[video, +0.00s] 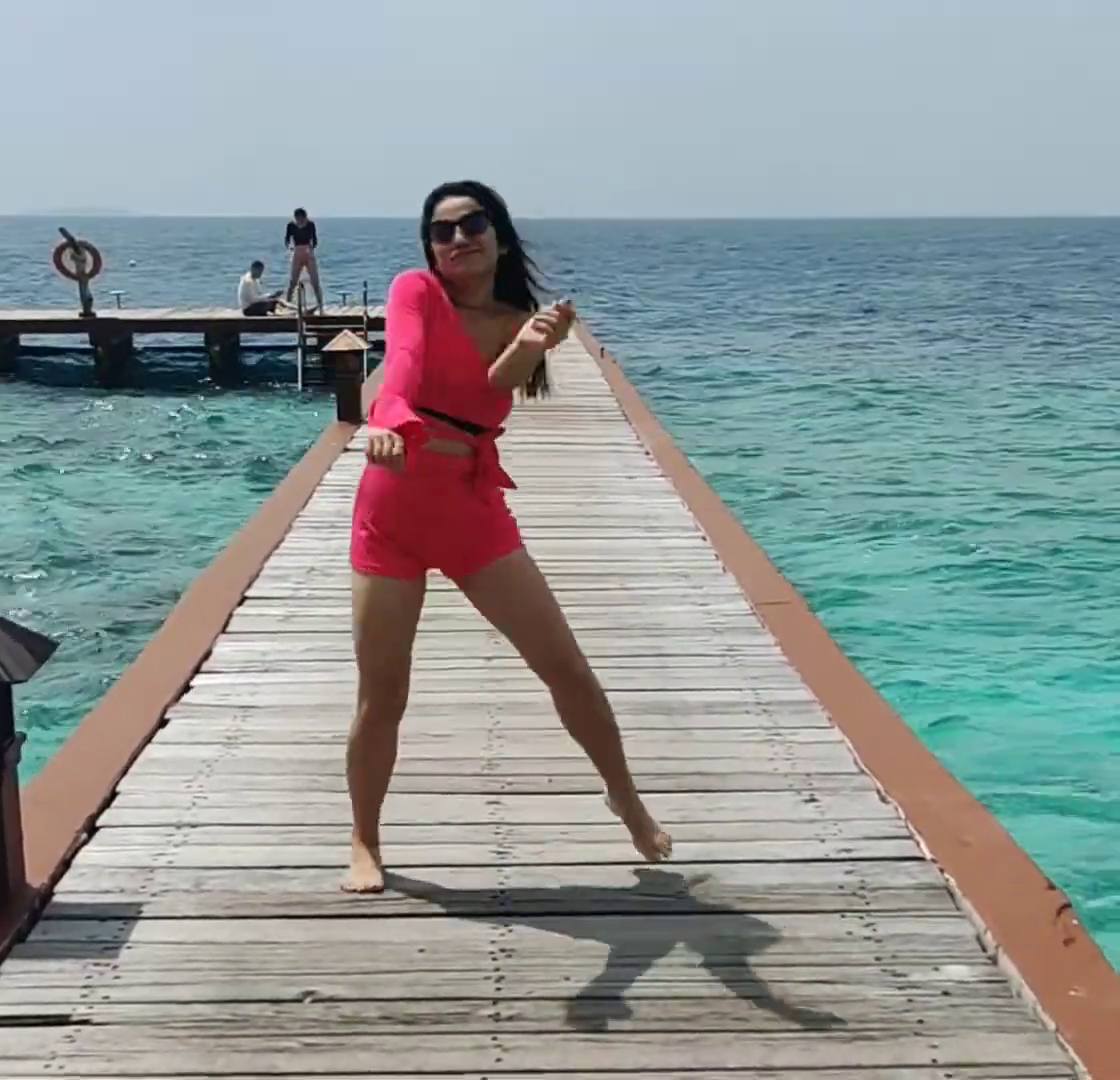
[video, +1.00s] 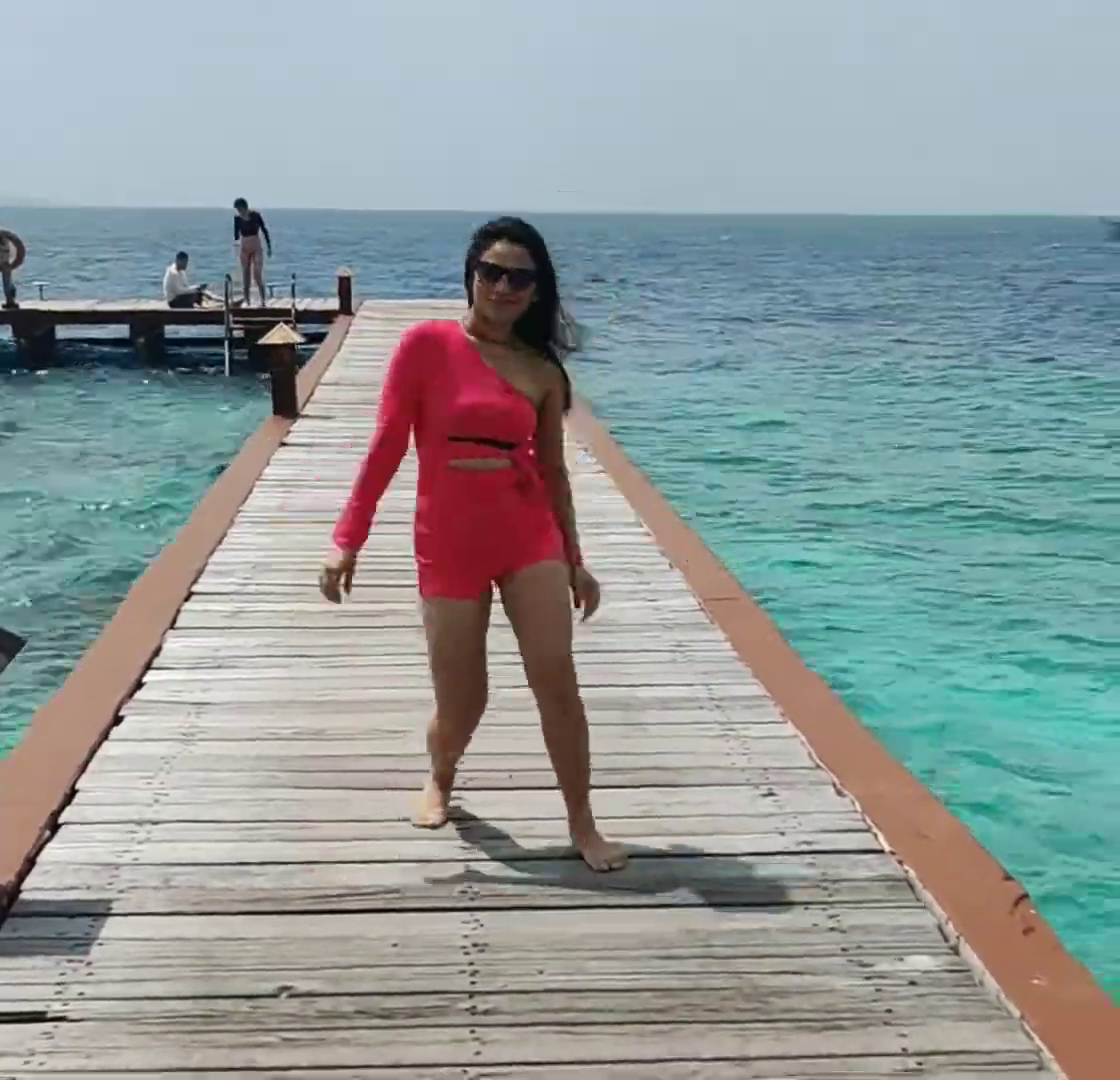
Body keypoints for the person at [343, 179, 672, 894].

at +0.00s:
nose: (458, 239)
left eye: (472, 225)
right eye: (443, 231)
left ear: (501, 235)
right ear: (430, 245)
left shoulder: (525, 320)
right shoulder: (416, 289)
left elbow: (500, 385)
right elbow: (403, 355)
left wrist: (526, 347)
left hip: (471, 508)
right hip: (392, 504)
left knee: (567, 668)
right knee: (382, 697)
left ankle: (627, 801)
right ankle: (364, 845)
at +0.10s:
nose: (468, 236)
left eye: (482, 220)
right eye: (453, 227)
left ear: (517, 224)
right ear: (442, 240)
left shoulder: (550, 301)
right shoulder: (433, 285)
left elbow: (492, 364)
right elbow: (449, 371)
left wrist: (445, 350)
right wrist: (489, 441)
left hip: (482, 516)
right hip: (398, 507)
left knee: (550, 682)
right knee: (380, 683)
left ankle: (632, 806)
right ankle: (370, 838)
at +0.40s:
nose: (507, 296)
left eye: (522, 281)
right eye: (496, 284)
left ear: (558, 278)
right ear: (489, 288)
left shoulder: (588, 330)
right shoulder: (498, 364)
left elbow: (598, 428)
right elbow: (478, 469)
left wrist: (509, 430)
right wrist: (570, 469)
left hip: (563, 557)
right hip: (490, 543)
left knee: (582, 723)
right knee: (419, 688)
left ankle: (621, 833)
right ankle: (396, 841)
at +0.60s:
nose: (558, 244)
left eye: (577, 236)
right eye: (545, 231)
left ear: (600, 250)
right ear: (528, 241)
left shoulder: (620, 307)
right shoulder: (509, 332)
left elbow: (707, 370)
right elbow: (470, 425)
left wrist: (628, 431)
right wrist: (487, 474)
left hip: (604, 530)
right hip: (524, 524)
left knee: (605, 698)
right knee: (445, 660)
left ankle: (631, 830)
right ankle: (435, 802)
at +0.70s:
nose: (562, 244)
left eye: (582, 236)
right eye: (552, 229)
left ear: (604, 250)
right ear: (534, 236)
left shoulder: (628, 314)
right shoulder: (500, 324)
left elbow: (719, 375)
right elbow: (452, 408)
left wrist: (705, 460)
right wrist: (433, 486)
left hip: (611, 524)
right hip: (525, 521)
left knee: (617, 694)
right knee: (470, 688)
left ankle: (633, 826)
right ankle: (463, 777)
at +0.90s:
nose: (540, 306)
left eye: (556, 295)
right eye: (527, 292)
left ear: (577, 306)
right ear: (510, 298)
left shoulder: (588, 389)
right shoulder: (470, 366)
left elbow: (649, 476)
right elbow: (401, 440)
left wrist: (730, 533)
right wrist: (324, 499)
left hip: (585, 556)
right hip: (506, 566)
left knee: (601, 709)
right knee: (515, 734)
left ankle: (607, 832)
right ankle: (468, 775)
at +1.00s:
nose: (503, 285)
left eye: (520, 277)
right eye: (491, 272)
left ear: (537, 288)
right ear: (470, 275)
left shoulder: (544, 371)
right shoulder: (425, 347)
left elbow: (553, 471)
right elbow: (386, 449)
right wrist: (346, 543)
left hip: (532, 537)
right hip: (449, 540)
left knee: (557, 680)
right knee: (462, 705)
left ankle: (583, 826)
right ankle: (440, 781)